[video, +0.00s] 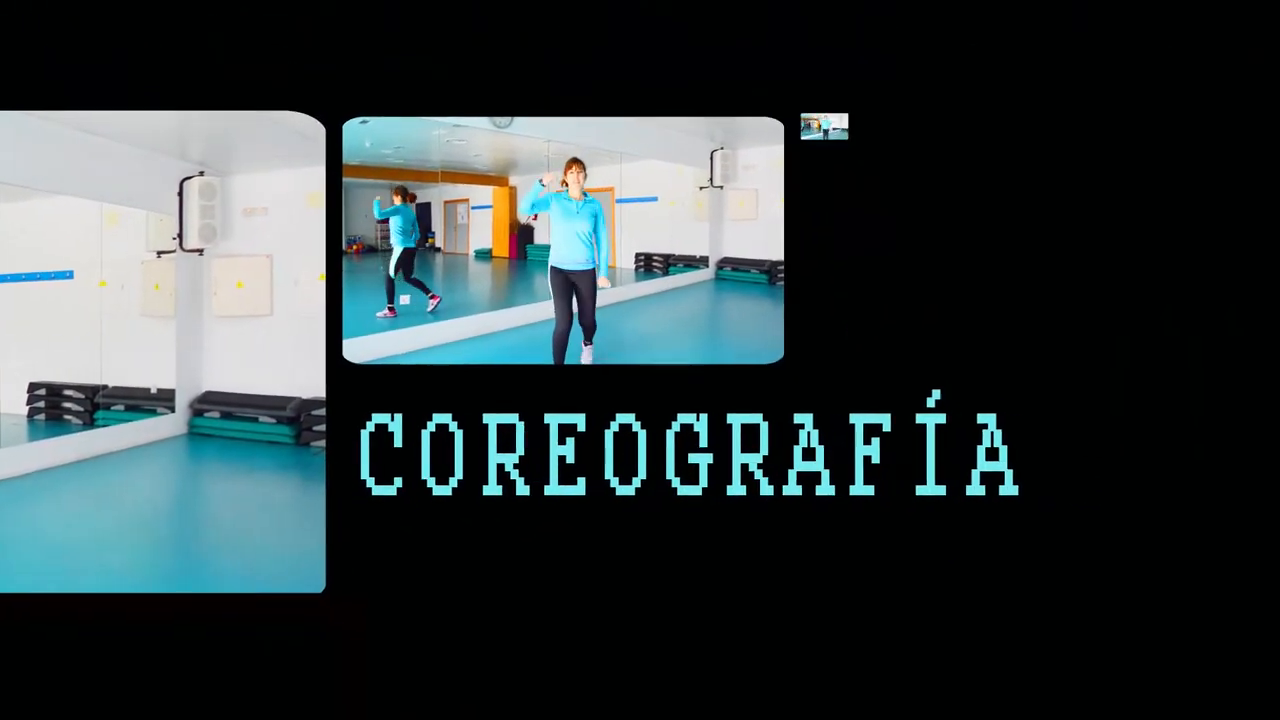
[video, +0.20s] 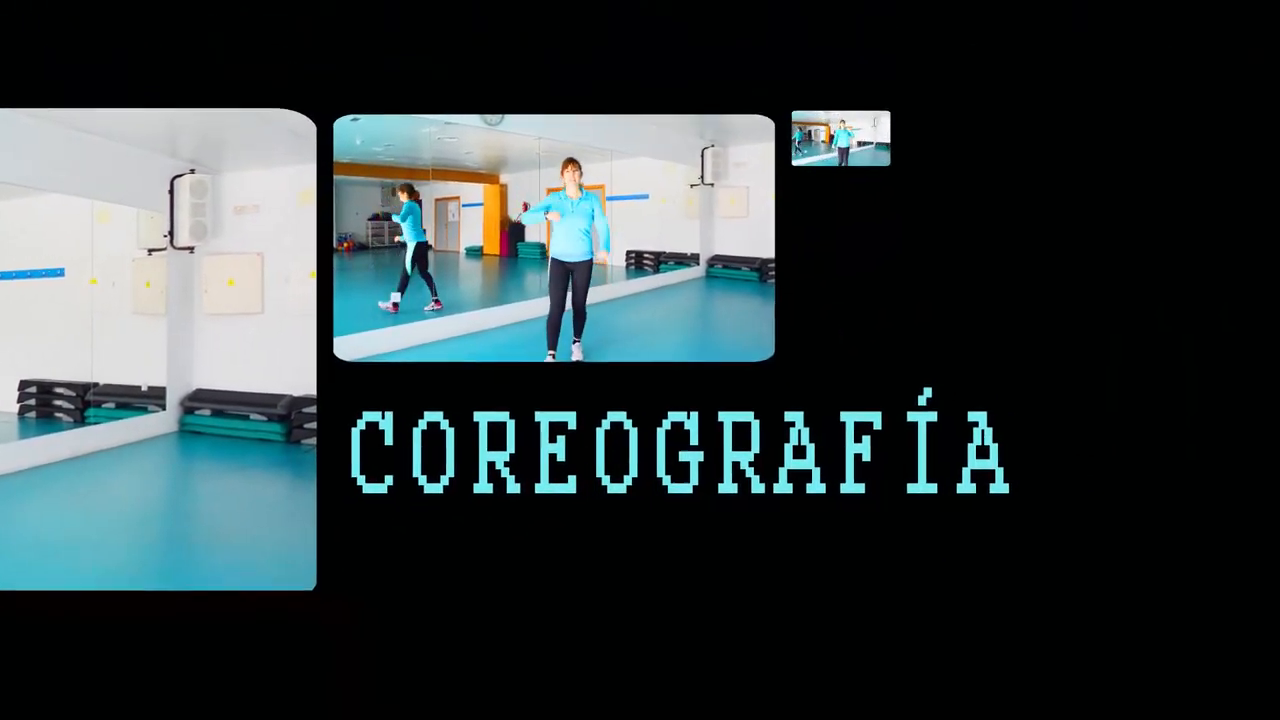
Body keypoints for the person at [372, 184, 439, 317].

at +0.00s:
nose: (393, 199)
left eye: (394, 196)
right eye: (393, 196)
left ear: (398, 196)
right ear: (405, 197)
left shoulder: (397, 209)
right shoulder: (411, 212)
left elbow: (379, 215)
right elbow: (417, 232)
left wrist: (376, 202)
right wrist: (412, 242)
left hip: (400, 247)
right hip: (411, 247)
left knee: (390, 276)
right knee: (408, 277)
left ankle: (390, 308)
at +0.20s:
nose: (399, 197)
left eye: (400, 194)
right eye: (399, 194)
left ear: (405, 193)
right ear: (409, 194)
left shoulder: (408, 205)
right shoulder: (415, 206)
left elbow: (401, 219)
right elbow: (414, 229)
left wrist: (392, 216)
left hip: (414, 242)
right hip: (421, 241)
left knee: (406, 272)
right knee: (424, 271)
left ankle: (395, 302)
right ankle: (436, 300)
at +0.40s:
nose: (403, 190)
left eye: (403, 187)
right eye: (403, 187)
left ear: (408, 187)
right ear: (414, 187)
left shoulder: (410, 200)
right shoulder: (421, 199)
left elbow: (398, 215)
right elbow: (427, 217)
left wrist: (383, 225)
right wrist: (414, 217)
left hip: (419, 235)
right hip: (423, 234)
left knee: (423, 266)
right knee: (416, 265)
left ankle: (442, 292)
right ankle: (423, 296)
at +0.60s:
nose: (403, 195)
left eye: (404, 193)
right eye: (403, 193)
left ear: (410, 193)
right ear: (414, 193)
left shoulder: (409, 205)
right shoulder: (423, 205)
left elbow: (393, 218)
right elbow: (434, 218)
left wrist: (374, 224)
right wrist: (421, 221)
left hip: (424, 241)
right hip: (424, 240)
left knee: (433, 267)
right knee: (408, 262)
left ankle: (454, 291)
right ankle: (410, 294)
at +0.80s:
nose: (396, 181)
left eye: (397, 178)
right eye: (396, 178)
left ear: (402, 178)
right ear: (407, 178)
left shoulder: (401, 192)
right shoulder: (417, 189)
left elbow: (394, 214)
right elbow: (429, 203)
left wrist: (396, 211)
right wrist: (426, 219)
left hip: (415, 225)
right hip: (419, 223)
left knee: (424, 254)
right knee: (402, 250)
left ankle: (437, 283)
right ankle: (409, 280)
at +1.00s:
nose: (383, 176)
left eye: (384, 173)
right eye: (383, 173)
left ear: (391, 173)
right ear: (395, 173)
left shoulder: (388, 187)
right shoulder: (405, 183)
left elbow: (381, 200)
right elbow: (418, 197)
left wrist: (387, 191)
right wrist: (418, 211)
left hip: (402, 220)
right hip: (408, 218)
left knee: (410, 247)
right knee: (397, 248)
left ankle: (422, 276)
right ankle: (414, 269)